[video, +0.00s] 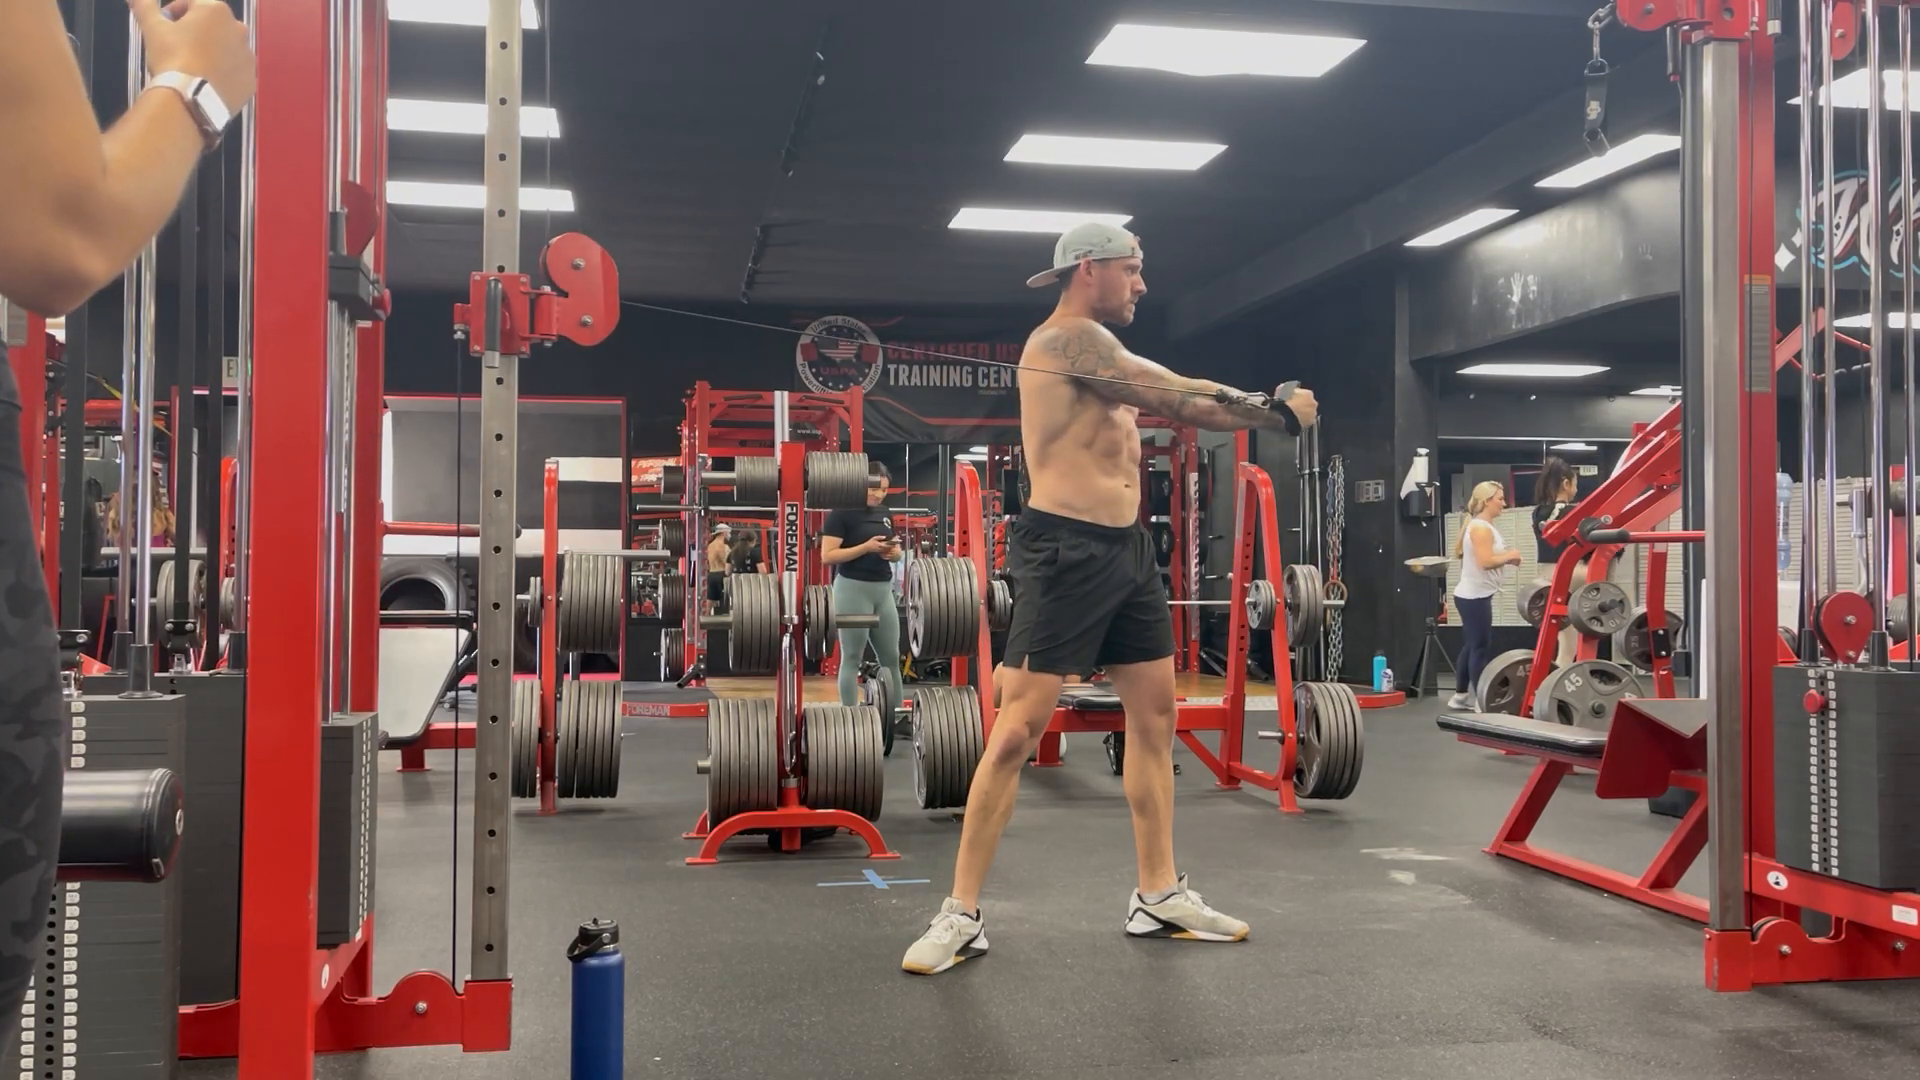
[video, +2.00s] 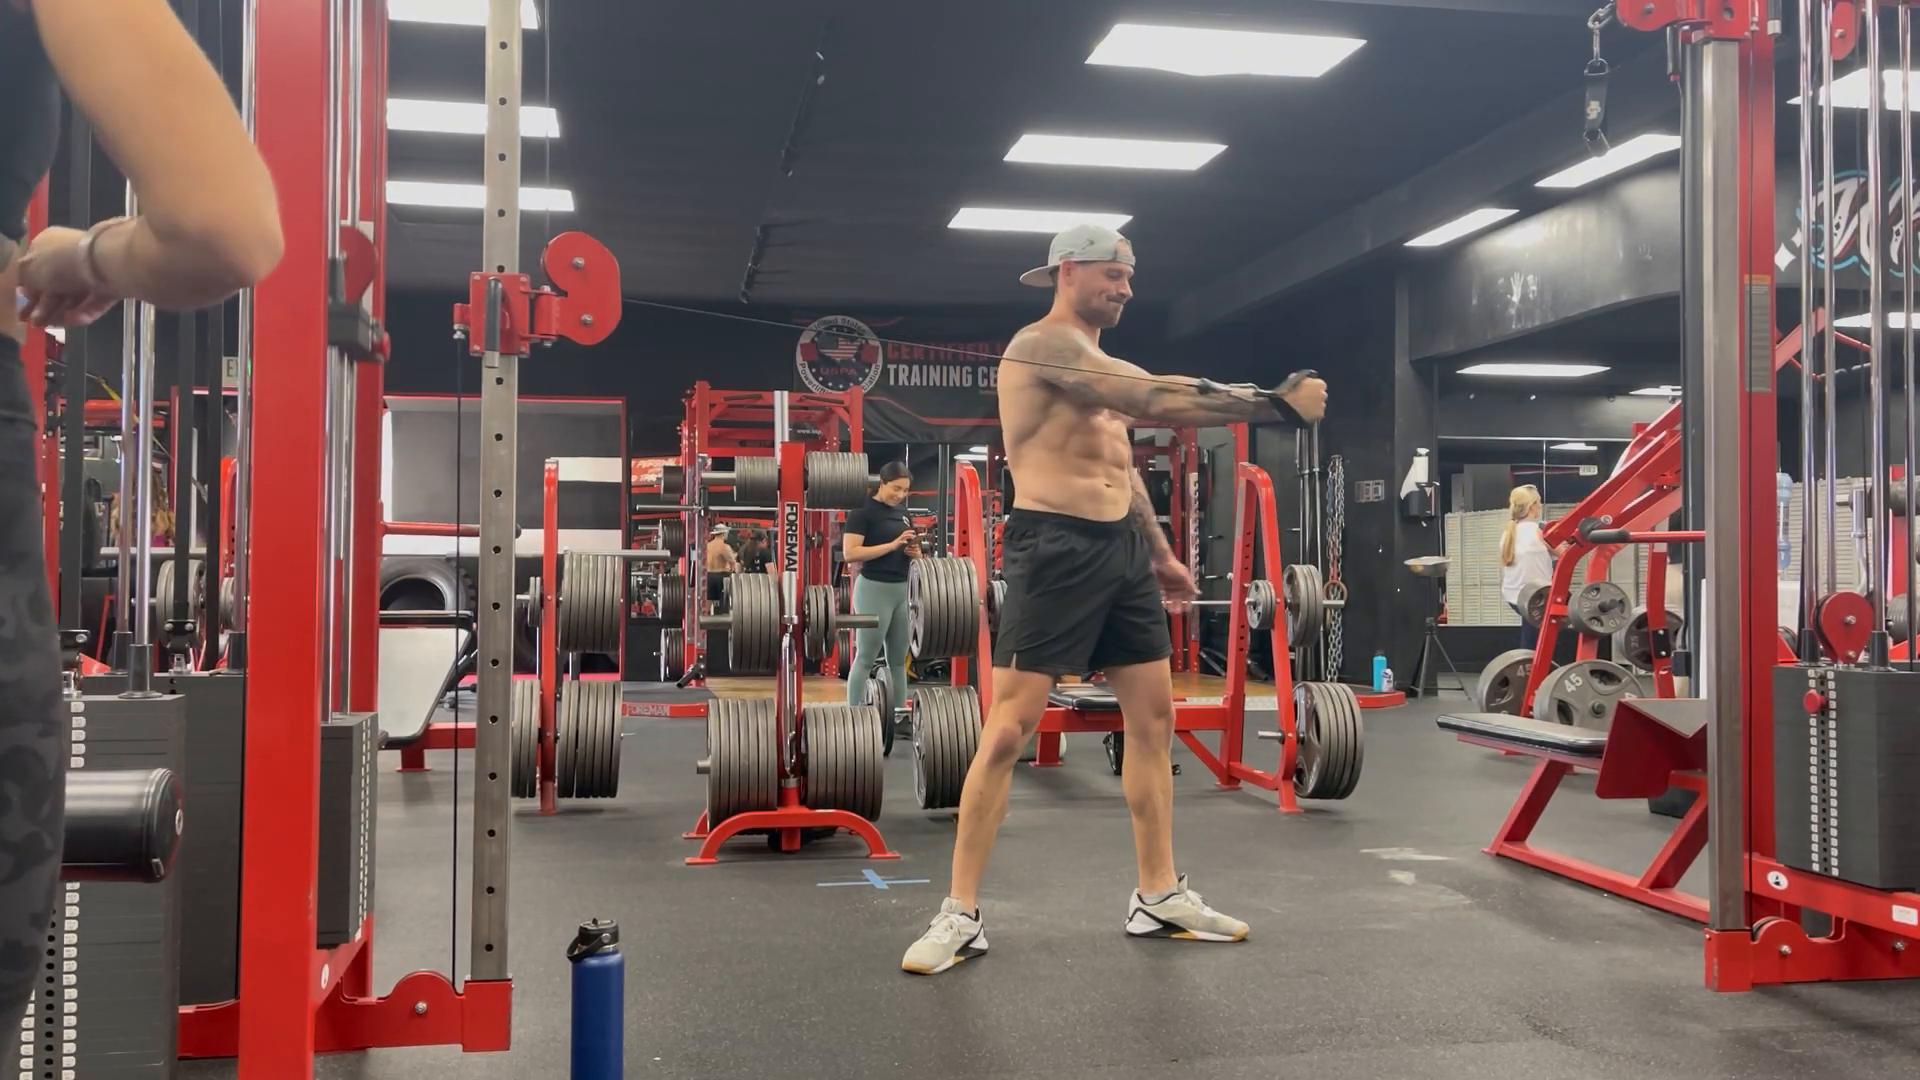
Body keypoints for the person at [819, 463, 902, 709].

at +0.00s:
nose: (875, 494)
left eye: (880, 489)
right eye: (871, 487)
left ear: (887, 490)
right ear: (860, 485)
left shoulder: (884, 514)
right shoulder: (842, 513)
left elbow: (895, 552)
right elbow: (827, 555)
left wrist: (895, 552)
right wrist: (865, 547)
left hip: (883, 591)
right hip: (852, 589)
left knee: (891, 657)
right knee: (852, 658)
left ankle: (897, 717)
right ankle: (850, 719)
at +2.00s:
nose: (901, 494)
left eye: (905, 490)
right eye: (896, 488)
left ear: (907, 490)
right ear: (881, 483)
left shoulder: (900, 515)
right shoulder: (862, 513)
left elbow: (912, 553)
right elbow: (850, 552)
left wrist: (915, 551)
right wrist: (892, 545)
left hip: (900, 591)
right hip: (873, 590)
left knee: (898, 660)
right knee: (866, 658)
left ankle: (901, 716)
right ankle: (854, 716)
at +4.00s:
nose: (898, 498)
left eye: (902, 493)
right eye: (894, 491)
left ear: (905, 490)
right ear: (880, 484)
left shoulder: (898, 513)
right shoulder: (858, 513)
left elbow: (905, 557)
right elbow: (846, 553)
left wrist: (910, 548)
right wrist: (887, 547)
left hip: (899, 591)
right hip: (870, 590)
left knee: (896, 661)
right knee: (864, 657)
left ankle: (900, 719)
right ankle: (852, 718)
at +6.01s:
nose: (887, 497)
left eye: (890, 493)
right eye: (884, 491)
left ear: (891, 489)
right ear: (868, 484)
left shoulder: (877, 512)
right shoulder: (849, 512)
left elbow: (873, 549)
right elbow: (838, 555)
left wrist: (895, 545)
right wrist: (882, 549)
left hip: (881, 590)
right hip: (855, 589)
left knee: (885, 660)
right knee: (854, 659)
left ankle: (891, 720)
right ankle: (851, 721)